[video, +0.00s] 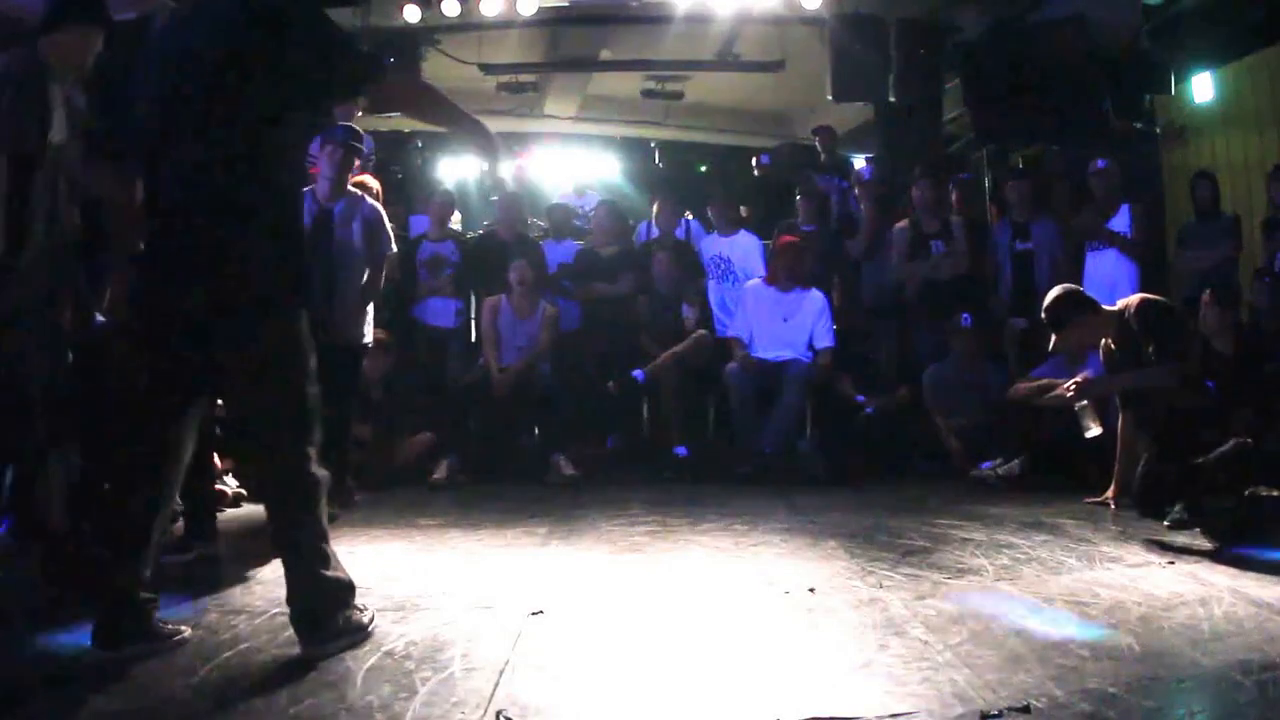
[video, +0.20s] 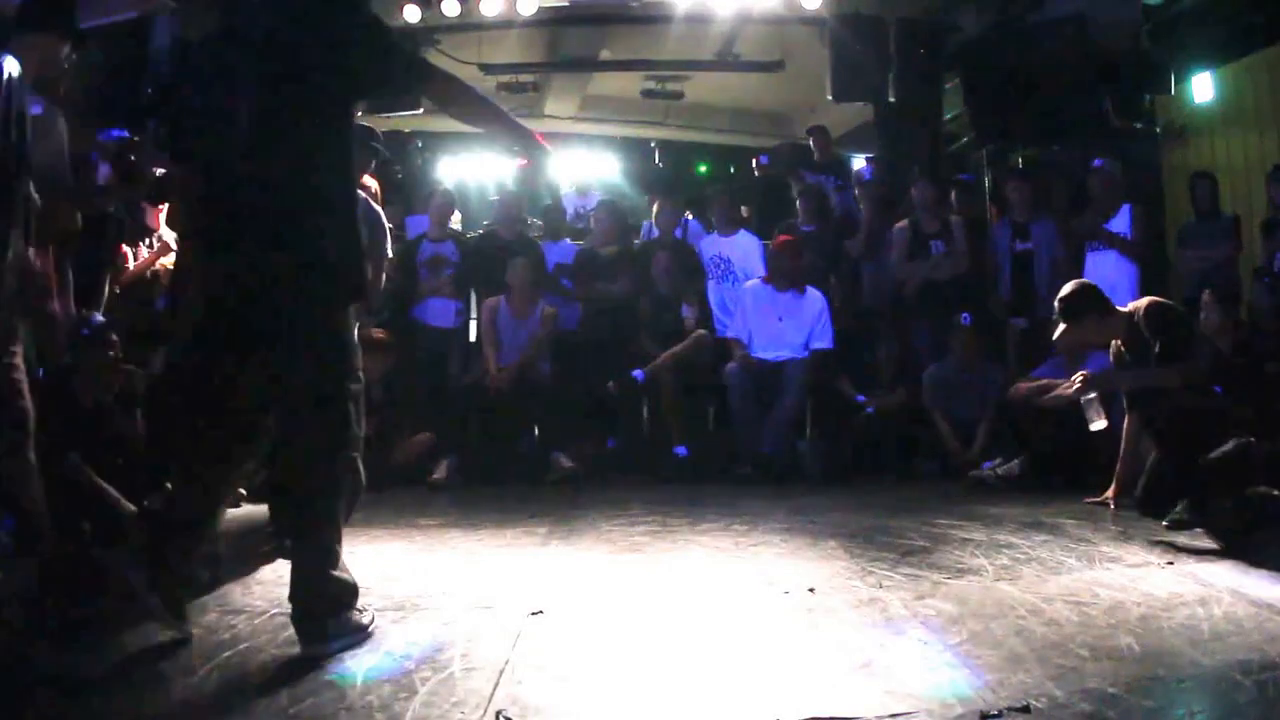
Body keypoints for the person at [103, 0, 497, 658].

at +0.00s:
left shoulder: (151, 38)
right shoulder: (291, 27)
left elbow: (114, 170)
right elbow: (391, 88)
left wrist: (120, 268)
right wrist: (472, 128)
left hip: (169, 269)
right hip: (258, 275)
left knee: (153, 450)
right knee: (289, 451)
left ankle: (121, 612)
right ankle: (321, 614)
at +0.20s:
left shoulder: (211, 37)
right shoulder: (336, 23)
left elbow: (178, 145)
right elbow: (433, 83)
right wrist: (527, 138)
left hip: (225, 250)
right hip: (310, 253)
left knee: (224, 412)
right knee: (324, 426)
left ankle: (171, 561)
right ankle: (320, 608)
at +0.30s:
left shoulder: (212, 34)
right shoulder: (347, 21)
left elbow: (157, 133)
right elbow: (451, 76)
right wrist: (537, 133)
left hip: (233, 251)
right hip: (323, 252)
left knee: (243, 407)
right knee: (341, 428)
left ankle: (223, 555)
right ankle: (320, 612)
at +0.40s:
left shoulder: (248, 49)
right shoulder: (371, 26)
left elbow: (205, 168)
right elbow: (474, 74)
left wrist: (222, 248)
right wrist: (549, 133)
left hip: (269, 265)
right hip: (346, 261)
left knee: (295, 409)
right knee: (352, 419)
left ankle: (298, 566)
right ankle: (319, 601)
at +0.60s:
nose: (404, 17)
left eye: (401, 12)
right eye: (401, 11)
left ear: (325, 15)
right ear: (384, 12)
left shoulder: (283, 68)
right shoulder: (401, 53)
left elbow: (241, 175)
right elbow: (508, 105)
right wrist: (567, 154)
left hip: (302, 270)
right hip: (380, 265)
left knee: (337, 416)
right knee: (380, 412)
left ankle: (402, 545)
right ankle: (324, 603)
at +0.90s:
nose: (424, 54)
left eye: (417, 46)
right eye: (420, 45)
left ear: (363, 49)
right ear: (410, 45)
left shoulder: (330, 99)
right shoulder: (433, 87)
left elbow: (311, 203)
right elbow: (522, 146)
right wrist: (588, 197)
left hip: (362, 278)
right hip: (433, 270)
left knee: (389, 410)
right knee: (460, 410)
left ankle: (416, 553)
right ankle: (375, 539)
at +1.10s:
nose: (449, 57)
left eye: (444, 50)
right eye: (446, 48)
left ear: (391, 51)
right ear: (436, 45)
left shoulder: (357, 108)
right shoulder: (458, 83)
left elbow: (336, 202)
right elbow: (534, 149)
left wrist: (351, 279)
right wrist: (597, 194)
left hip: (386, 284)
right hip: (456, 276)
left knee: (396, 415)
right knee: (478, 405)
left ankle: (413, 550)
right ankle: (463, 536)